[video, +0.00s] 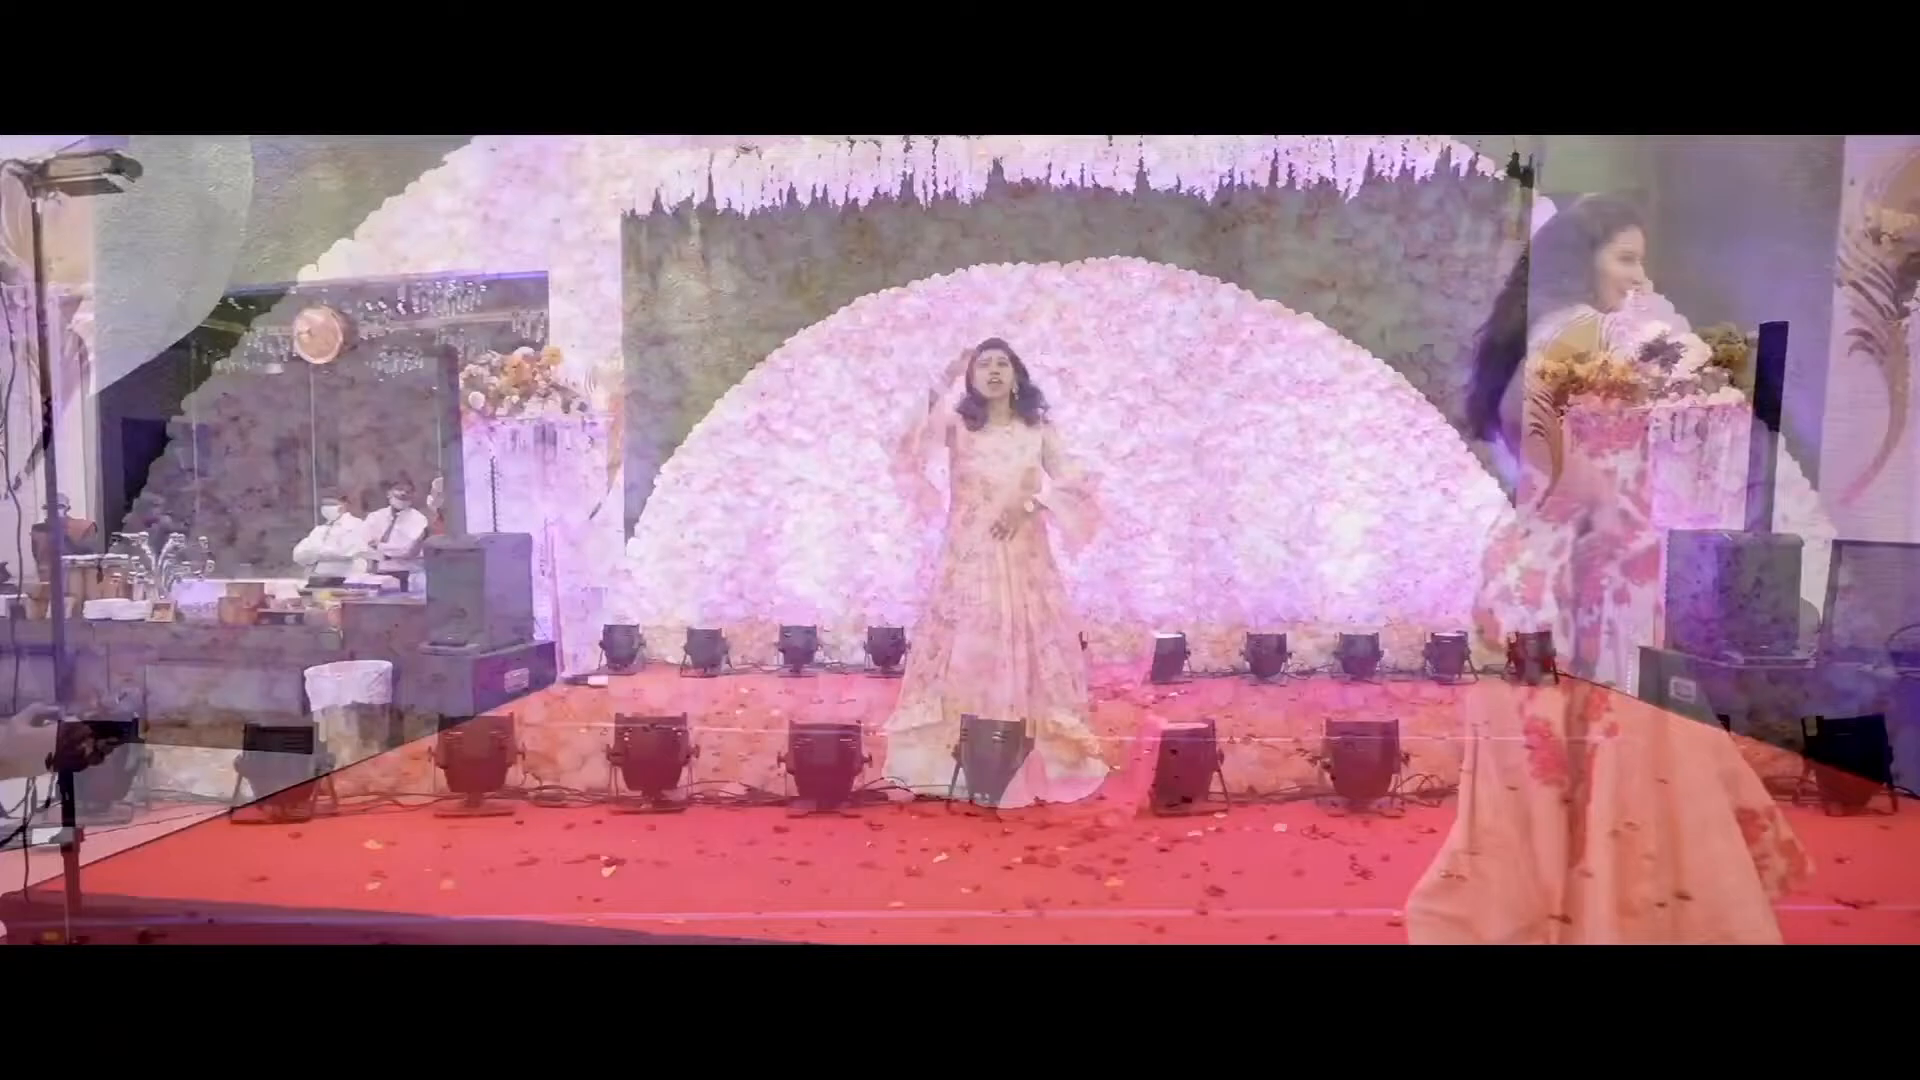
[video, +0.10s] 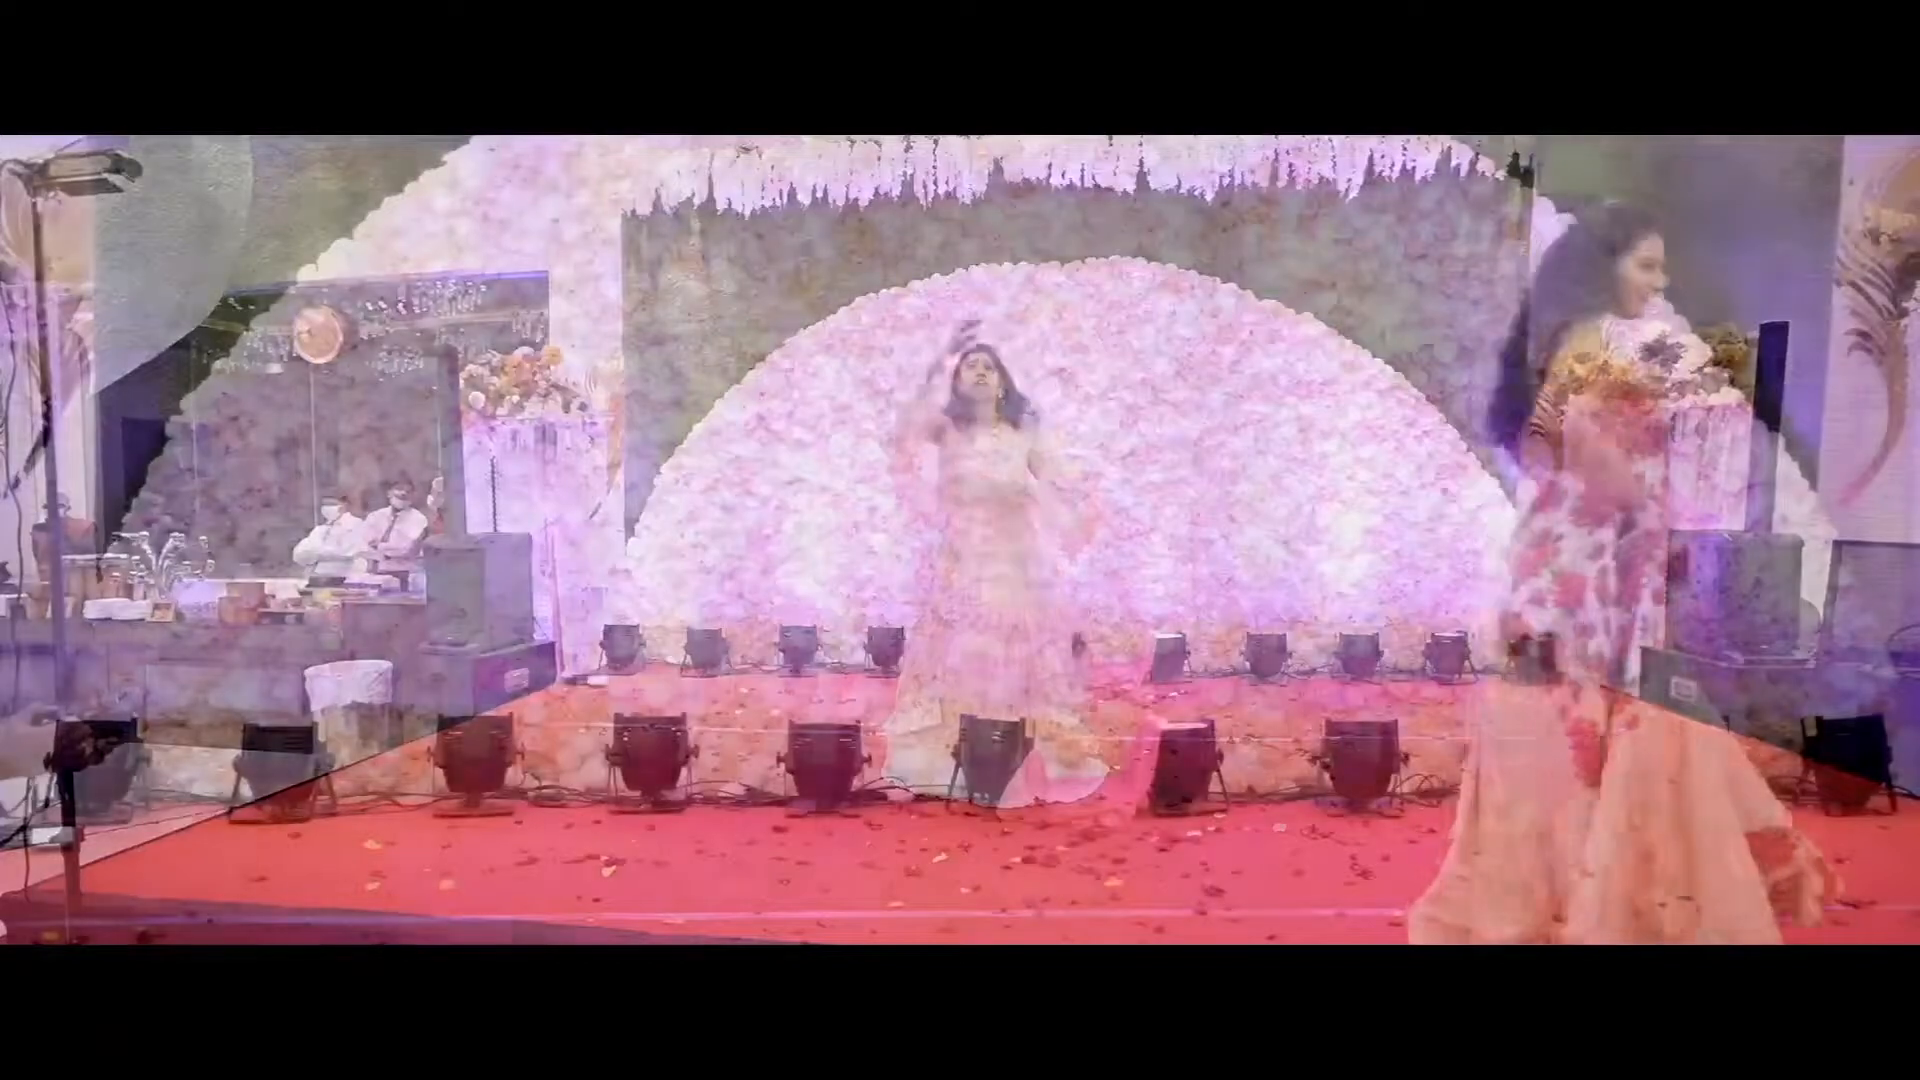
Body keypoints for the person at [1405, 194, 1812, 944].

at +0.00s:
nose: (1638, 276)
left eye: (1642, 261)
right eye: (1624, 260)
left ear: (1641, 266)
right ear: (1581, 262)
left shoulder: (1632, 349)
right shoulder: (1560, 348)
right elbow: (1554, 485)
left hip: (1629, 563)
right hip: (1565, 564)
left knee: (1625, 730)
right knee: (1561, 736)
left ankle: (1625, 900)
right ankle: (1564, 898)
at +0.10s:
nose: (1658, 282)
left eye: (1661, 268)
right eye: (1646, 267)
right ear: (1604, 268)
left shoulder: (1621, 346)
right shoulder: (1595, 349)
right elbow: (1579, 436)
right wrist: (1644, 497)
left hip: (1612, 538)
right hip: (1580, 541)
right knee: (1584, 705)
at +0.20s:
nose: (1685, 292)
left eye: (1688, 278)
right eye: (1673, 276)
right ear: (1630, 274)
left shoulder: (1636, 346)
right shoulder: (1636, 346)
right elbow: (1594, 427)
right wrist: (1680, 485)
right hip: (1614, 558)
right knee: (1615, 725)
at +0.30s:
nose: (1710, 294)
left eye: (1712, 279)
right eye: (1697, 279)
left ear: (1654, 283)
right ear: (1655, 279)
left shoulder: (1606, 350)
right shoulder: (1666, 350)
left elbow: (1551, 460)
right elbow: (1630, 438)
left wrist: (1601, 520)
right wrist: (1707, 474)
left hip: (1598, 563)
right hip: (1656, 565)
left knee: (1609, 749)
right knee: (1678, 749)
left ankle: (1606, 914)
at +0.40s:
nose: (1733, 296)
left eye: (1735, 282)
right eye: (1722, 280)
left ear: (1667, 283)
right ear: (1676, 278)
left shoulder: (1616, 358)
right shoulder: (1688, 354)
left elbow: (1576, 466)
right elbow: (1668, 447)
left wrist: (1620, 522)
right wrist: (1740, 471)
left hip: (1623, 568)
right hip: (1692, 570)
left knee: (1636, 738)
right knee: (1767, 729)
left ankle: (1633, 899)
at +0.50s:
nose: (1762, 295)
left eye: (1764, 280)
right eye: (1749, 279)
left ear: (1705, 282)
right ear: (1706, 279)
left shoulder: (1649, 355)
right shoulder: (1720, 356)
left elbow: (1603, 455)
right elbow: (1708, 448)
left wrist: (1650, 518)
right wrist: (1782, 477)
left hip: (1646, 563)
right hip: (1717, 564)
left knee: (1660, 733)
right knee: (1848, 707)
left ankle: (1632, 900)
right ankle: (1883, 898)